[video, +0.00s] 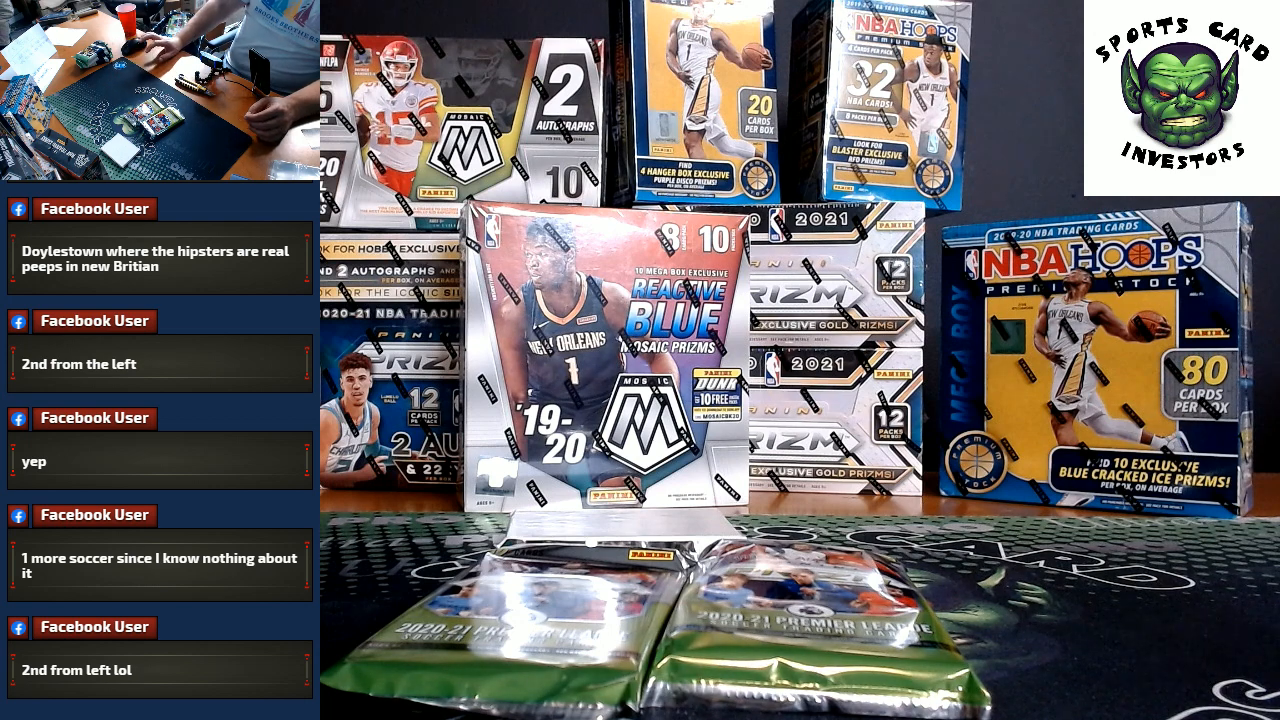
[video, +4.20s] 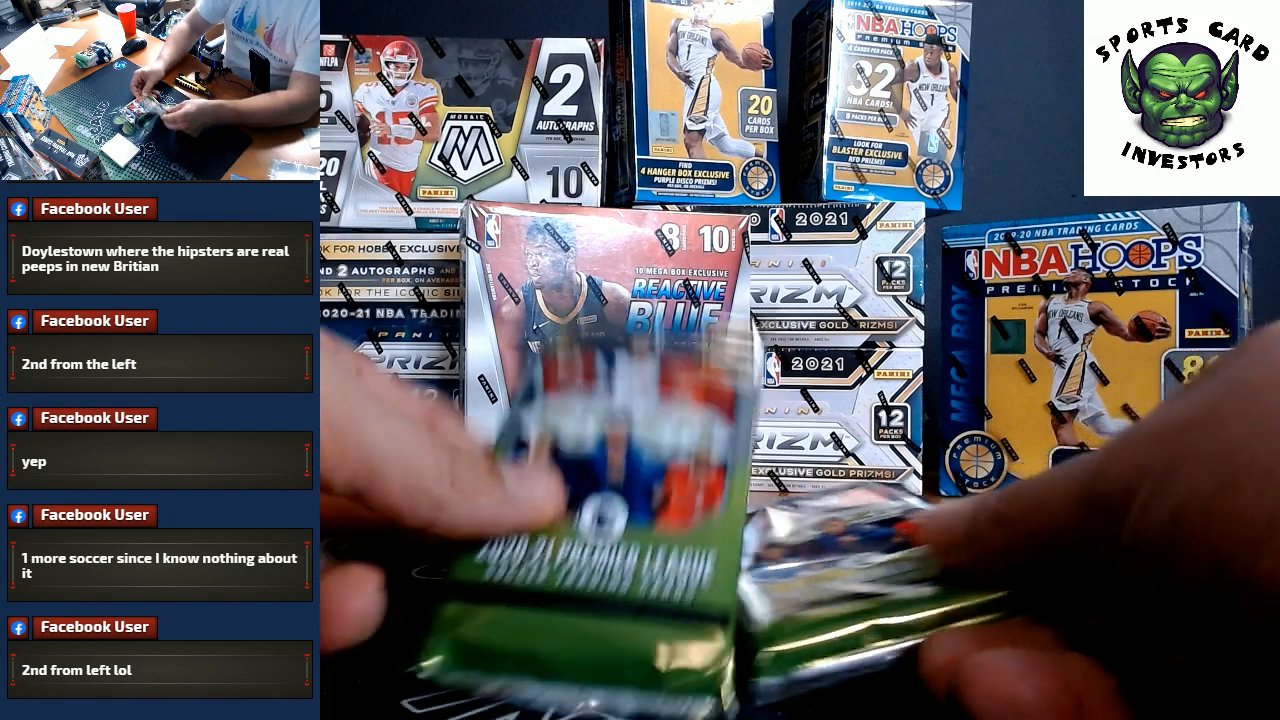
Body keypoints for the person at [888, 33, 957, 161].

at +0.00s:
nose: (929, 53)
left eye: (933, 49)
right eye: (926, 48)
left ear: (941, 52)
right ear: (923, 49)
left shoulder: (949, 71)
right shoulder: (913, 69)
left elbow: (956, 94)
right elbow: (886, 83)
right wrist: (900, 111)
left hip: (940, 117)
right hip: (918, 119)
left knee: (940, 154)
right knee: (923, 155)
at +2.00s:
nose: (928, 52)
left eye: (933, 49)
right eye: (926, 48)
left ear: (941, 52)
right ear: (923, 49)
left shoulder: (950, 71)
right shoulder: (913, 69)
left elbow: (955, 94)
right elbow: (886, 83)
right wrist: (900, 111)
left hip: (940, 116)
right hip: (918, 117)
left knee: (939, 153)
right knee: (923, 154)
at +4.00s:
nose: (928, 55)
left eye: (932, 51)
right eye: (926, 50)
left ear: (941, 52)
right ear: (923, 50)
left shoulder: (949, 70)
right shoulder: (913, 68)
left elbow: (955, 93)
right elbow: (888, 83)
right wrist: (900, 110)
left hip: (940, 116)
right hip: (918, 118)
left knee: (940, 153)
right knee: (924, 154)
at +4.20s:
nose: (928, 55)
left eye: (932, 52)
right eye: (926, 51)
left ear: (941, 52)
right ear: (923, 50)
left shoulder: (949, 70)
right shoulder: (913, 68)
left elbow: (955, 92)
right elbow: (888, 83)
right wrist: (900, 111)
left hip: (940, 117)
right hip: (918, 118)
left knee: (940, 153)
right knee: (924, 153)